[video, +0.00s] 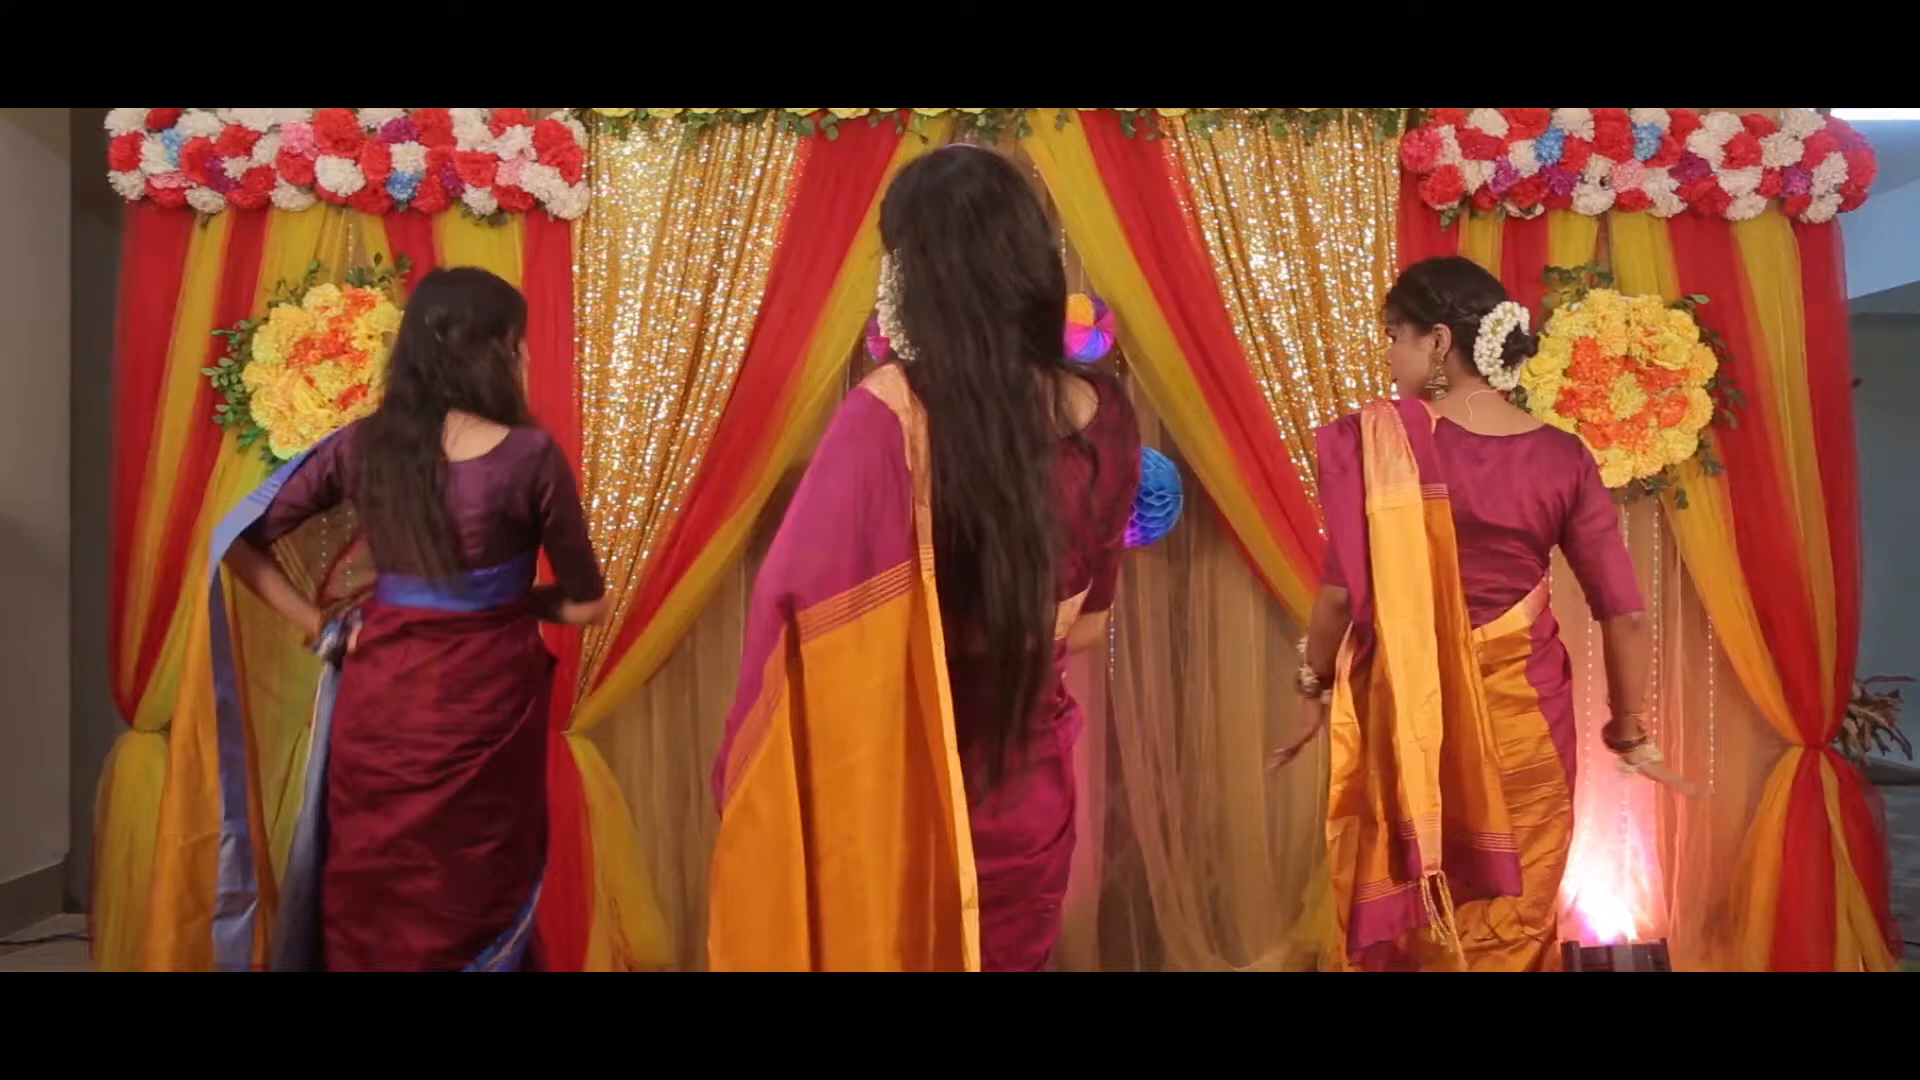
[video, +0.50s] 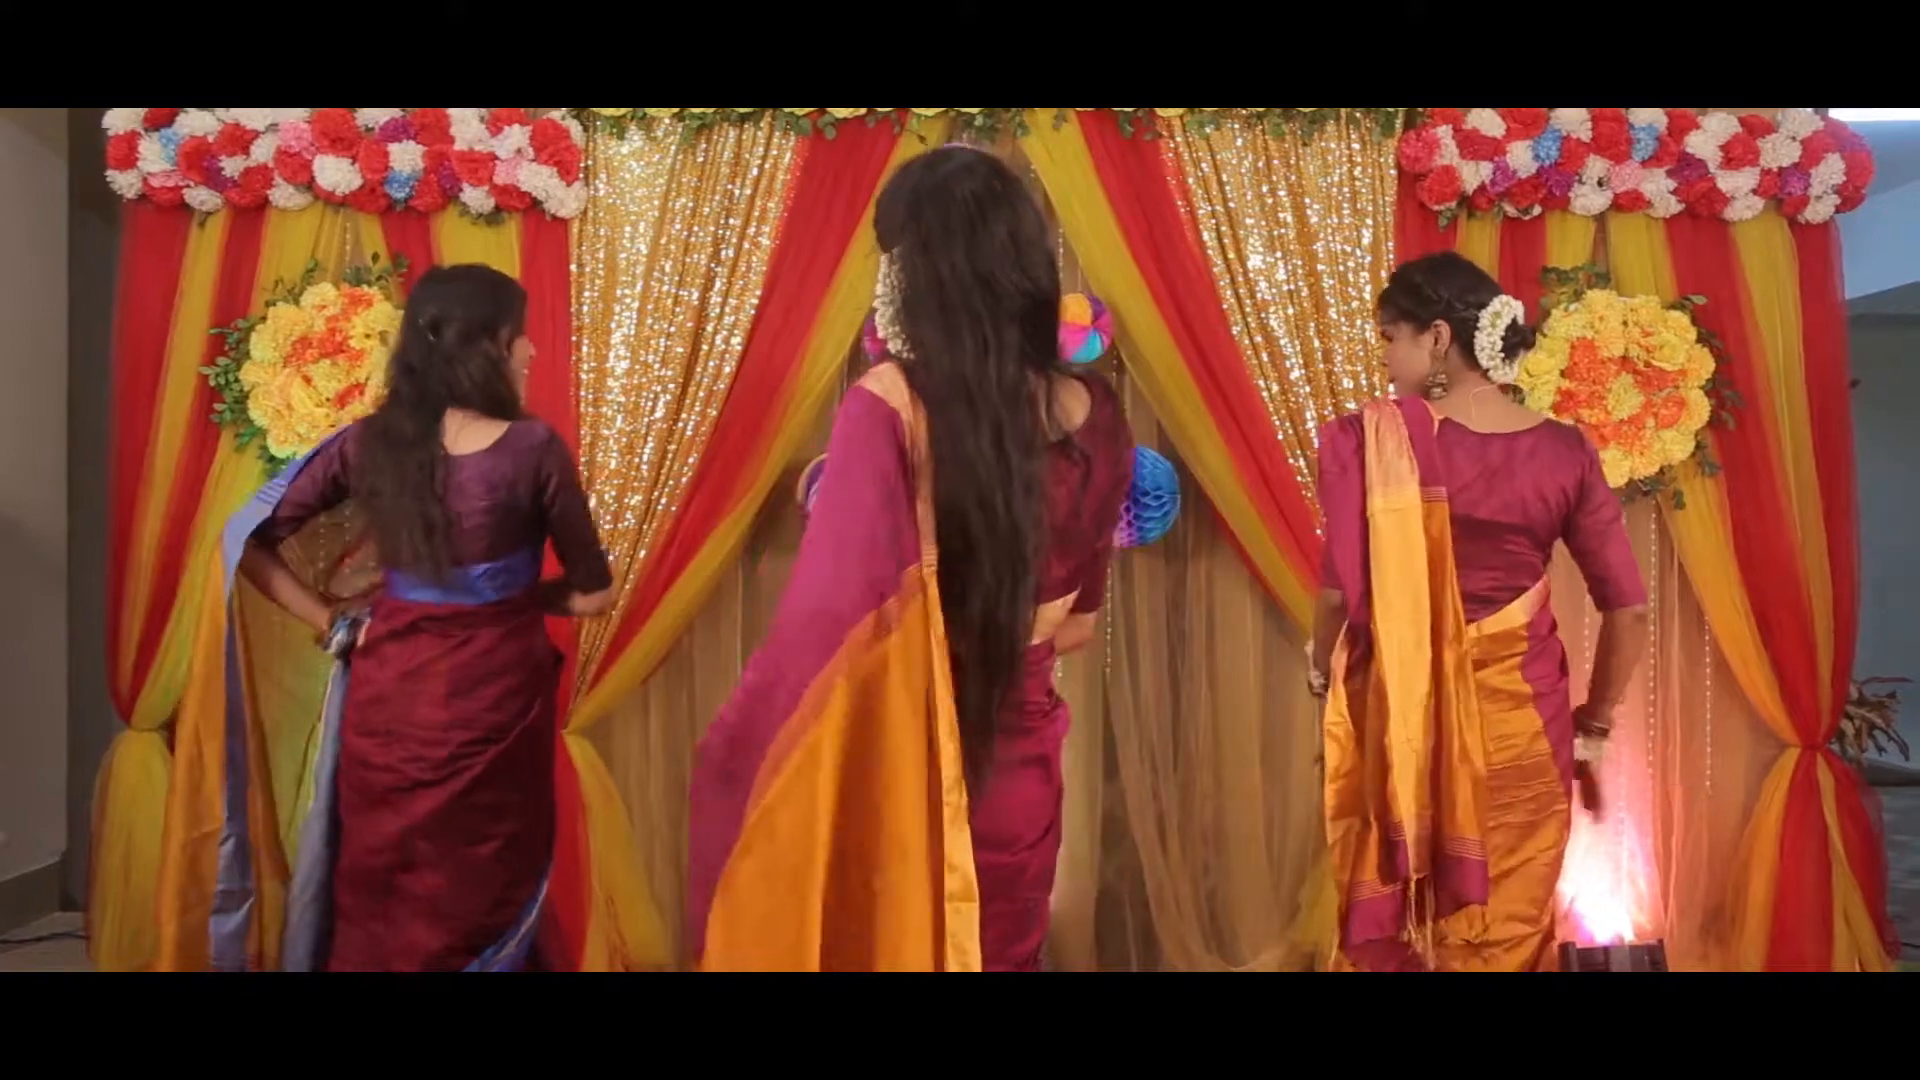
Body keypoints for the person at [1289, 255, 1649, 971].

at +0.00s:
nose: (1389, 359)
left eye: (1394, 337)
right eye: (1389, 338)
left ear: (1439, 340)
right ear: (1474, 339)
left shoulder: (1371, 442)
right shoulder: (1559, 455)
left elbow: (1343, 591)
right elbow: (1622, 608)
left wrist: (1315, 679)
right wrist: (1626, 720)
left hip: (1401, 715)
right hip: (1523, 716)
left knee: (1402, 921)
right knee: (1515, 919)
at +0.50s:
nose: (1384, 360)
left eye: (1390, 339)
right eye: (1384, 340)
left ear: (1439, 336)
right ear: (1460, 335)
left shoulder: (1365, 440)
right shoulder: (1563, 449)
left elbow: (1342, 584)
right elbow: (1625, 605)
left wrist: (1321, 657)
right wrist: (1596, 722)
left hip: (1396, 724)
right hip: (1520, 725)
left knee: (1390, 932)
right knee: (1507, 931)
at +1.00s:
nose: (1390, 358)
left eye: (1398, 338)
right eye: (1392, 339)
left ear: (1448, 341)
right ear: (1469, 340)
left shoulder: (1372, 435)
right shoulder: (1566, 454)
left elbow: (1353, 581)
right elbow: (1621, 612)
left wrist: (1314, 675)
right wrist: (1600, 733)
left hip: (1403, 714)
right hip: (1524, 718)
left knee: (1399, 919)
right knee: (1513, 921)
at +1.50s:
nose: (1382, 346)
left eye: (1391, 327)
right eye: (1383, 327)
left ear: (1444, 332)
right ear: (1460, 331)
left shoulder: (1393, 427)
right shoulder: (1553, 438)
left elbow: (1338, 545)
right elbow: (1642, 512)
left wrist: (1253, 620)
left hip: (1397, 678)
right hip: (1502, 677)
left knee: (1387, 874)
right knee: (1491, 879)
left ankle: (1395, 960)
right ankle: (1484, 959)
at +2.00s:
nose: (1384, 354)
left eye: (1400, 336)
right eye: (1382, 335)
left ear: (1458, 340)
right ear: (1458, 345)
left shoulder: (1436, 427)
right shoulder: (1515, 432)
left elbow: (1427, 547)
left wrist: (1334, 585)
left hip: (1395, 667)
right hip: (1466, 670)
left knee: (1349, 864)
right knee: (1448, 856)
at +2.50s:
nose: (1374, 349)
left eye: (1393, 330)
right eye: (1366, 329)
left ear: (1446, 340)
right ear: (1362, 336)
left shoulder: (1467, 430)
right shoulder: (1392, 431)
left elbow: (1495, 520)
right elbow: (1358, 400)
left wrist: (1483, 576)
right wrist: (1339, 325)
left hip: (1407, 658)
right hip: (1343, 656)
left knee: (1348, 873)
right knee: (1295, 863)